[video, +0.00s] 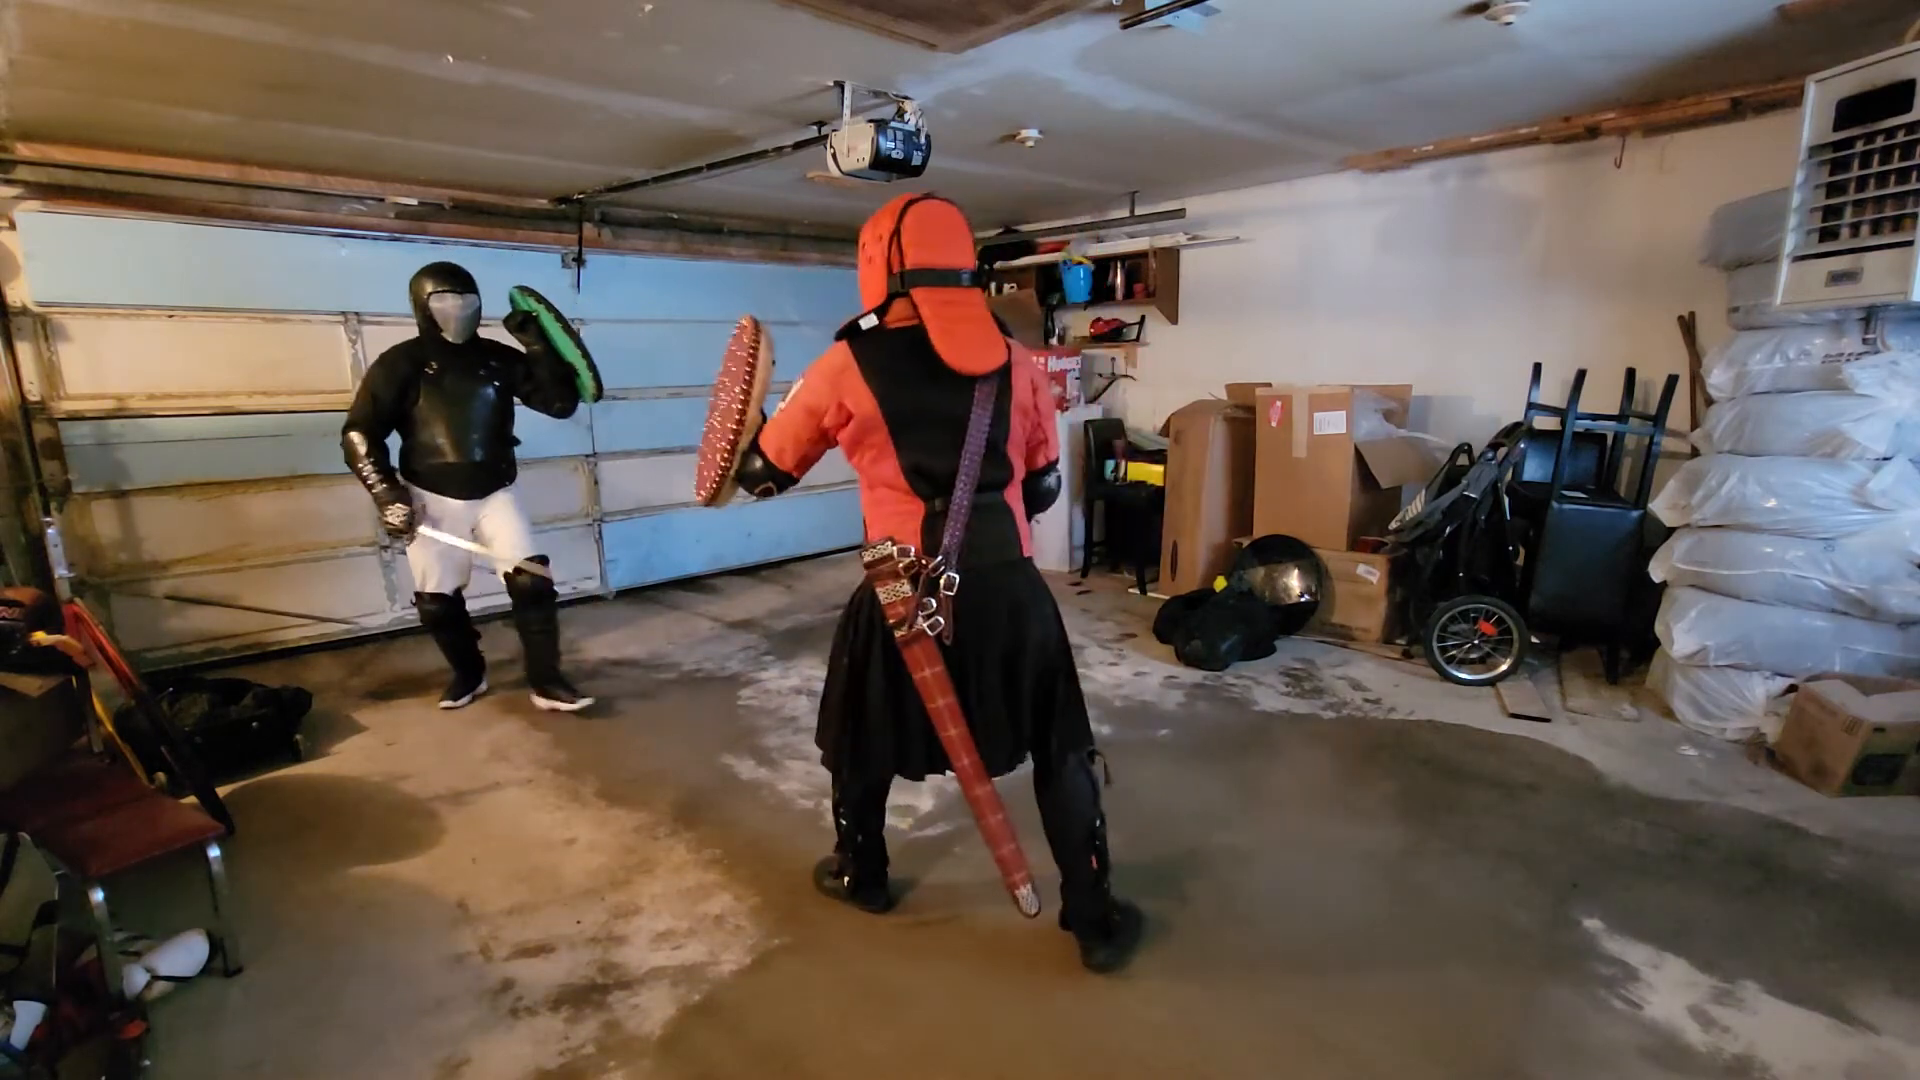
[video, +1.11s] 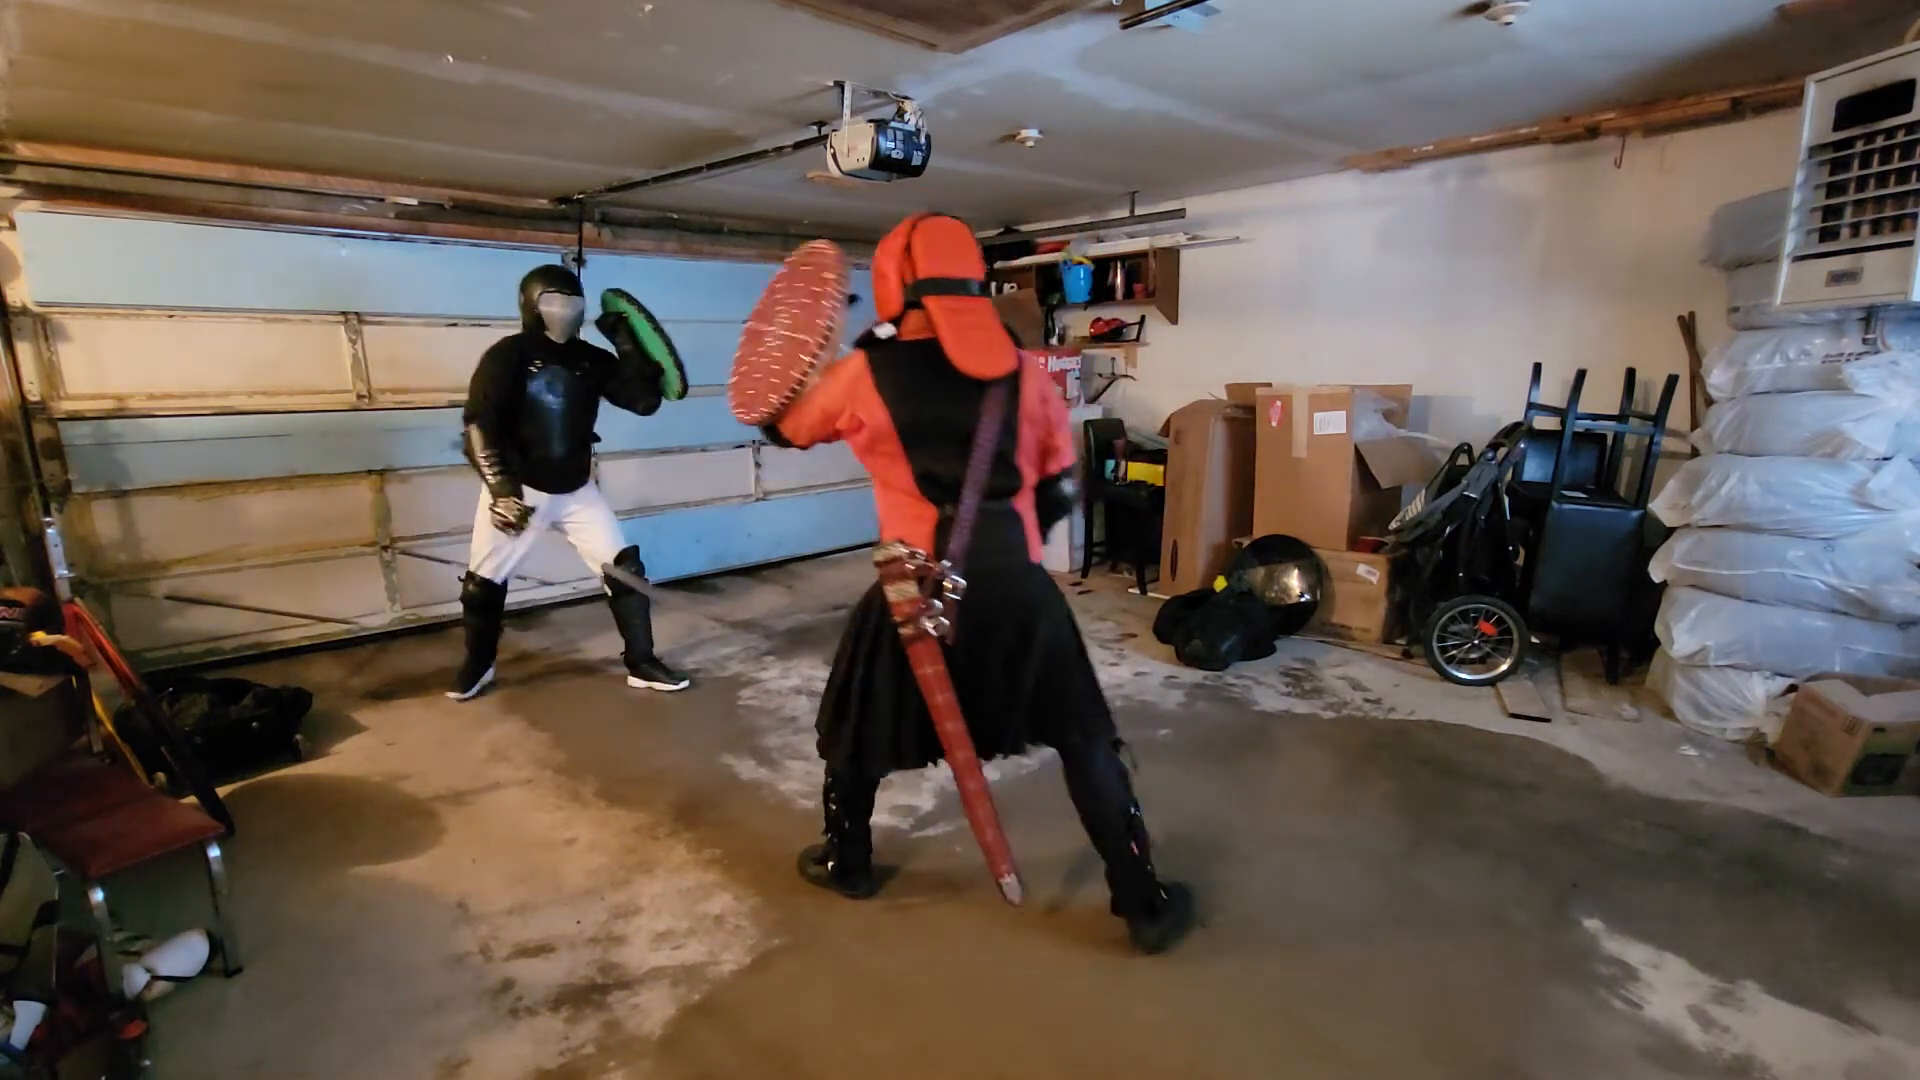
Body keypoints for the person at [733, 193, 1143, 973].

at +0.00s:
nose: (864, 279)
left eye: (869, 267)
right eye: (872, 268)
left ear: (883, 269)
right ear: (966, 267)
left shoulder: (850, 363)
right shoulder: (1017, 362)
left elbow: (767, 470)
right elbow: (1042, 488)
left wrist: (756, 436)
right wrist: (977, 489)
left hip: (903, 582)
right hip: (1008, 577)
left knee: (861, 721)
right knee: (1060, 734)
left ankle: (861, 864)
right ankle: (1094, 915)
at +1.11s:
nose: (877, 296)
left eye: (882, 285)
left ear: (895, 290)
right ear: (974, 283)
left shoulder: (866, 374)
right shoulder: (1027, 374)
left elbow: (788, 426)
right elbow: (1052, 495)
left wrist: (790, 351)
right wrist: (999, 536)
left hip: (914, 587)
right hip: (1015, 583)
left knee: (858, 713)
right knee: (1084, 732)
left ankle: (848, 853)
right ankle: (1142, 900)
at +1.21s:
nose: (902, 305)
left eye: (907, 293)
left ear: (919, 298)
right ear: (1007, 291)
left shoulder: (897, 383)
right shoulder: (1056, 382)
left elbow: (815, 429)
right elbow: (1090, 481)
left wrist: (825, 336)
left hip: (939, 599)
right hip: (1044, 596)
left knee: (870, 719)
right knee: (1105, 738)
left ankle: (850, 857)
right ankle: (1148, 907)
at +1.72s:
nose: (977, 300)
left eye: (982, 287)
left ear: (995, 294)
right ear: (1074, 292)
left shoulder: (969, 379)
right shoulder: (1120, 385)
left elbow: (879, 433)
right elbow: (1145, 500)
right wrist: (1116, 566)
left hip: (1000, 603)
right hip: (1102, 601)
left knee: (943, 700)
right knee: (1131, 743)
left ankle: (954, 853)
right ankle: (1155, 904)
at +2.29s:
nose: (983, 304)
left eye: (987, 292)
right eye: (986, 291)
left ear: (1008, 297)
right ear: (1084, 292)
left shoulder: (984, 379)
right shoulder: (1136, 376)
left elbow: (906, 452)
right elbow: (1164, 491)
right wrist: (1127, 558)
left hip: (1028, 585)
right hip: (1131, 583)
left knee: (960, 709)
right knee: (1178, 725)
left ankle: (957, 855)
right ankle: (1223, 884)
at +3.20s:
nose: (1039, 298)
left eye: (1045, 288)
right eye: (1042, 286)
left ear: (1063, 293)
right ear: (1133, 295)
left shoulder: (1028, 375)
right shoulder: (1180, 382)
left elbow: (950, 453)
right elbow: (1217, 492)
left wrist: (947, 375)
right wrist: (1156, 526)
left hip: (1054, 582)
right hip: (1155, 582)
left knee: (980, 682)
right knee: (1198, 726)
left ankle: (995, 824)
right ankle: (1236, 892)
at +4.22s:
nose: (942, 311)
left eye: (947, 298)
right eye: (943, 297)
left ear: (971, 305)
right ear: (1009, 299)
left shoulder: (972, 384)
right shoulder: (1036, 367)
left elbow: (921, 462)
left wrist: (875, 432)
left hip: (997, 558)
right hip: (1036, 548)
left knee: (939, 690)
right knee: (972, 657)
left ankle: (1000, 820)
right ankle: (1008, 748)